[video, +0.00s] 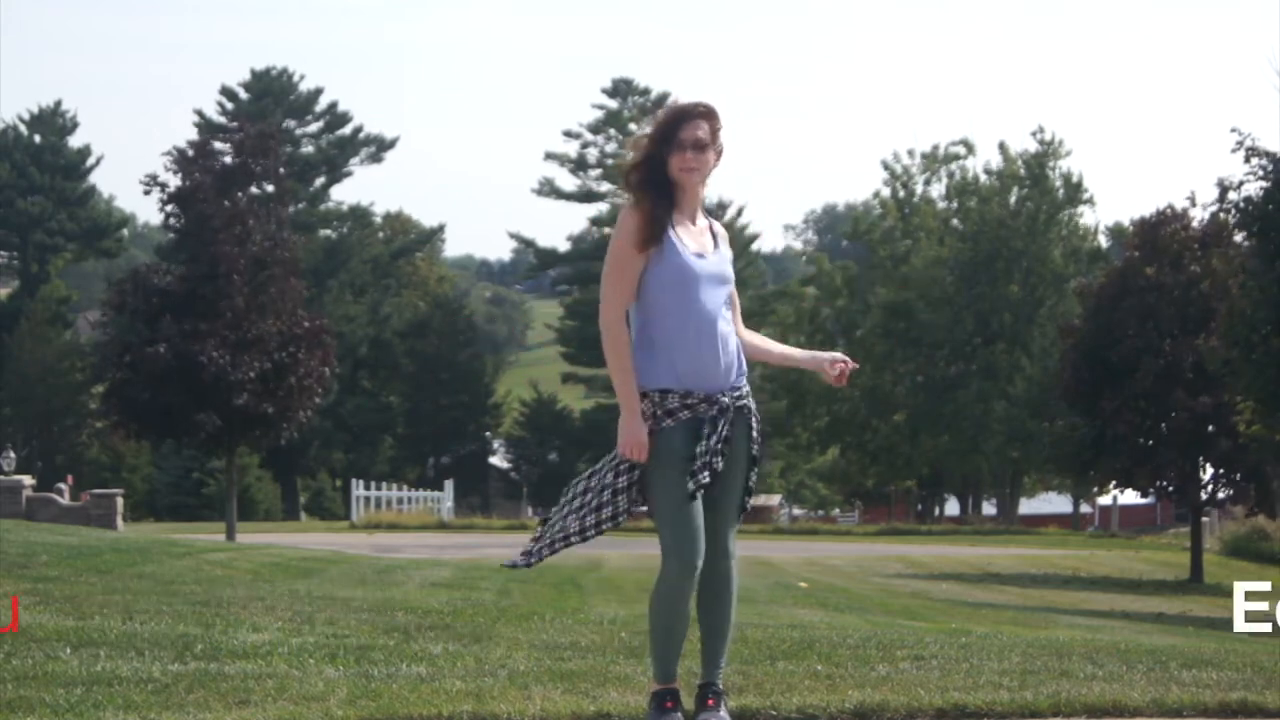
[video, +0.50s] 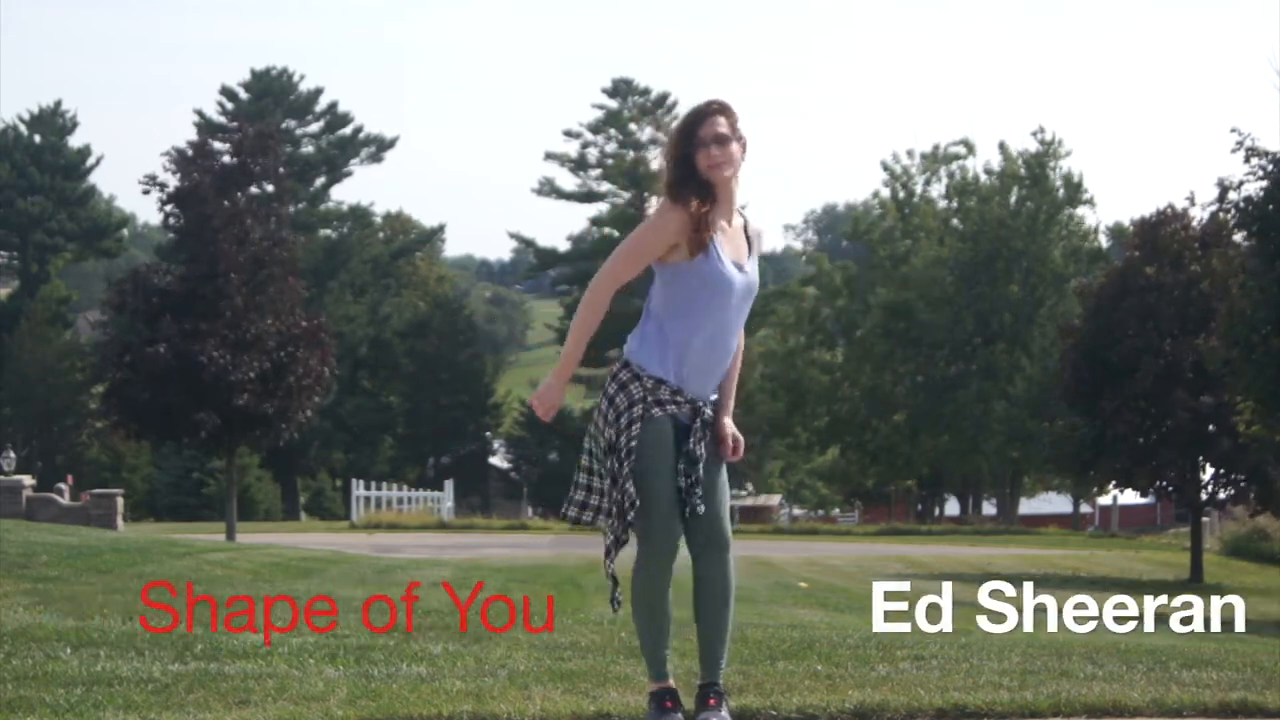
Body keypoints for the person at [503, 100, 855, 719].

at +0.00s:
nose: (694, 155)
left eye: (704, 145)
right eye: (683, 145)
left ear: (718, 155)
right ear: (662, 155)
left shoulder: (716, 233)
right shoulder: (639, 219)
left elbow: (735, 333)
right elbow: (612, 315)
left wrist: (814, 359)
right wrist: (629, 410)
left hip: (732, 408)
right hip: (668, 410)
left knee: (719, 554)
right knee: (684, 556)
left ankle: (713, 690)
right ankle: (666, 692)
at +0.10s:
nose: (699, 154)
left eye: (709, 144)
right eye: (688, 144)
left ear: (723, 153)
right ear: (669, 152)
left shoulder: (715, 229)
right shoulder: (651, 215)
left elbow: (729, 333)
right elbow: (613, 305)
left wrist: (798, 382)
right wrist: (627, 405)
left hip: (726, 408)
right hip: (670, 408)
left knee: (717, 555)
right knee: (684, 558)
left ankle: (713, 691)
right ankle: (665, 693)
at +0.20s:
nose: (707, 152)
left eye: (716, 143)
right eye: (696, 143)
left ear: (728, 152)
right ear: (675, 153)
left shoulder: (719, 228)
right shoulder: (662, 214)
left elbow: (732, 330)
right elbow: (613, 300)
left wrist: (778, 401)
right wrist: (621, 398)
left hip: (719, 409)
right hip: (668, 406)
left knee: (717, 555)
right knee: (686, 556)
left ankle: (713, 693)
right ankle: (666, 694)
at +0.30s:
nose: (713, 152)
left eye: (722, 142)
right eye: (701, 143)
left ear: (735, 150)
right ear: (682, 153)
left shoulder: (727, 227)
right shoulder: (671, 214)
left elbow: (732, 328)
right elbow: (612, 294)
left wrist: (756, 413)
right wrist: (609, 389)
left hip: (712, 409)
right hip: (662, 403)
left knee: (717, 549)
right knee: (684, 547)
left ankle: (712, 694)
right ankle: (666, 694)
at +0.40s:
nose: (720, 149)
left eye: (728, 139)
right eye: (708, 142)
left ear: (741, 147)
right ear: (689, 154)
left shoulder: (733, 227)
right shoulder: (677, 216)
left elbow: (732, 331)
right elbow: (609, 288)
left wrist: (734, 418)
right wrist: (587, 384)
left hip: (705, 406)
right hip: (654, 396)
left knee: (717, 544)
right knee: (672, 543)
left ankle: (712, 690)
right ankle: (662, 690)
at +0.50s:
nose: (722, 149)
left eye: (729, 138)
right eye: (708, 142)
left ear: (744, 148)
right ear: (690, 156)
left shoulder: (745, 231)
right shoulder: (675, 218)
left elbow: (734, 327)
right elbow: (602, 284)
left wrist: (725, 411)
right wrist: (560, 375)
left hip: (705, 403)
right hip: (649, 392)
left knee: (715, 539)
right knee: (661, 536)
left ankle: (712, 691)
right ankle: (661, 688)